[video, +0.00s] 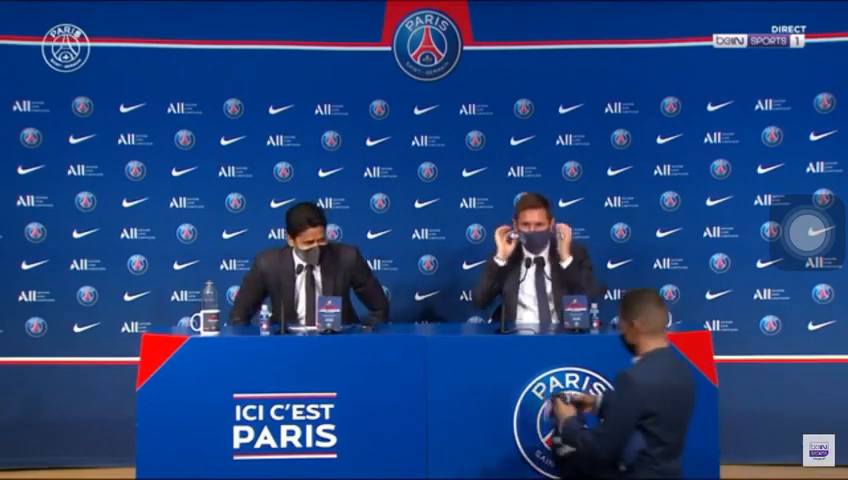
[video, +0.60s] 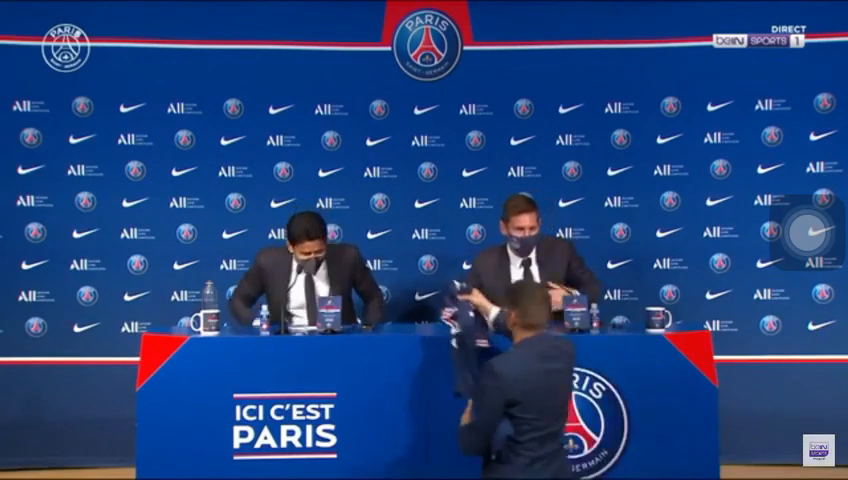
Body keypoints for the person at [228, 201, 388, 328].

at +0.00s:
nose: (316, 248)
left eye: (320, 240)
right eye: (308, 243)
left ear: (325, 233)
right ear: (290, 239)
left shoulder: (347, 258)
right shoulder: (267, 264)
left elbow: (380, 307)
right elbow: (238, 318)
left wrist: (363, 343)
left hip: (340, 349)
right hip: (287, 351)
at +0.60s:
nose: (312, 259)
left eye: (318, 253)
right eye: (305, 255)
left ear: (326, 242)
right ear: (290, 246)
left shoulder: (347, 257)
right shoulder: (268, 261)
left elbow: (373, 297)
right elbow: (238, 302)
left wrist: (366, 331)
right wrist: (259, 329)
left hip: (338, 348)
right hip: (287, 348)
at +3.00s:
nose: (339, 207)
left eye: (346, 199)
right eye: (333, 200)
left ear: (352, 191)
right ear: (316, 189)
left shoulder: (361, 205)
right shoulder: (280, 206)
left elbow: (364, 255)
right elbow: (262, 257)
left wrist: (354, 296)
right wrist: (294, 288)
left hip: (335, 298)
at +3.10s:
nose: (339, 204)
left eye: (345, 196)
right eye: (332, 197)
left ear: (351, 188)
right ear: (315, 186)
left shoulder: (360, 204)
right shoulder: (280, 203)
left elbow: (359, 255)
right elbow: (262, 255)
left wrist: (347, 297)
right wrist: (291, 289)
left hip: (331, 292)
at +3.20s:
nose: (338, 201)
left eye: (344, 194)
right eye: (332, 194)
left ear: (350, 186)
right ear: (314, 183)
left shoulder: (357, 203)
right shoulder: (277, 202)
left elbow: (358, 255)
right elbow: (260, 254)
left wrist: (346, 299)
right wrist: (289, 289)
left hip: (330, 292)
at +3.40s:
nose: (336, 197)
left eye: (342, 190)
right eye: (330, 190)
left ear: (348, 183)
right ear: (312, 179)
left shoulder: (353, 201)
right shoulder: (275, 200)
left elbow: (355, 259)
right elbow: (260, 256)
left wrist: (347, 308)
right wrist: (283, 295)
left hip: (324, 287)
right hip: (280, 286)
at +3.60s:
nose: (335, 192)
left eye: (341, 185)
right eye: (329, 184)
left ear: (347, 179)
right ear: (311, 175)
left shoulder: (353, 200)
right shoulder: (275, 197)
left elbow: (354, 259)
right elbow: (258, 253)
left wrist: (348, 309)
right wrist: (282, 294)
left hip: (322, 288)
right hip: (278, 286)